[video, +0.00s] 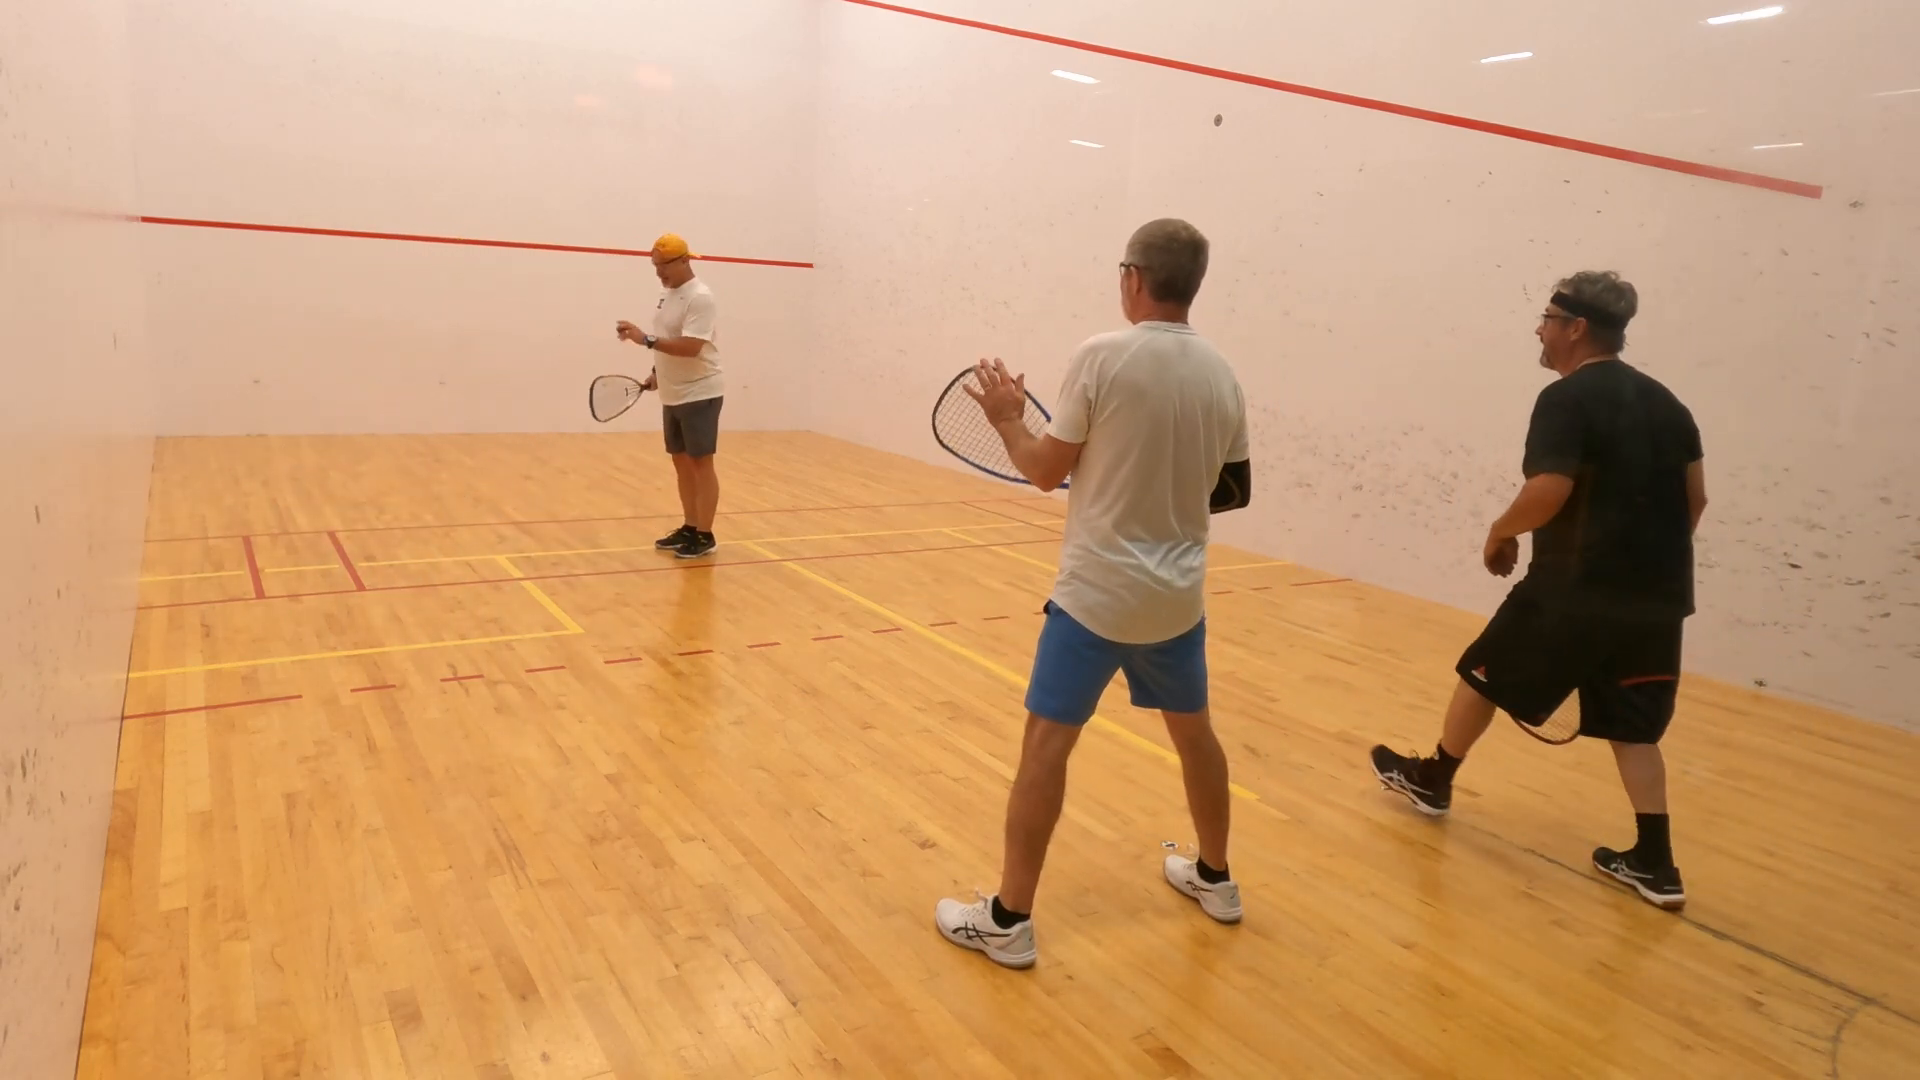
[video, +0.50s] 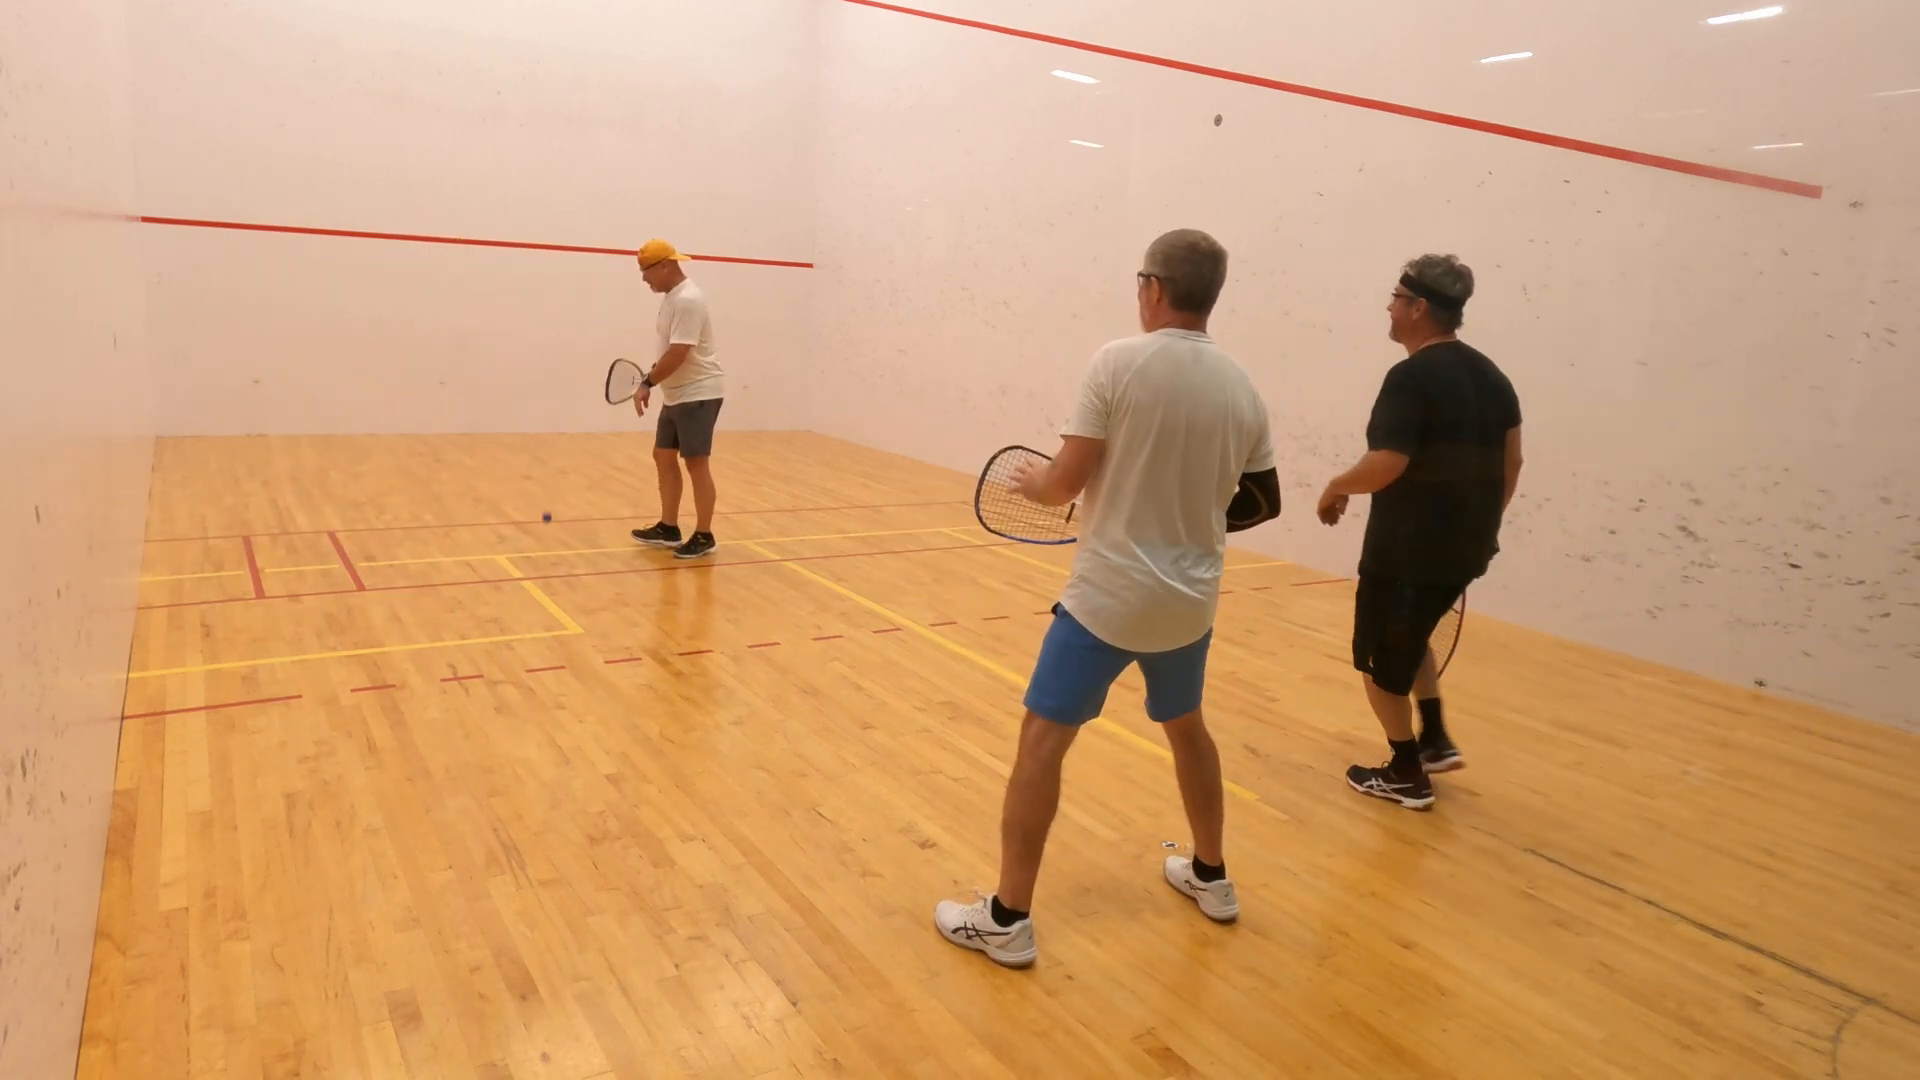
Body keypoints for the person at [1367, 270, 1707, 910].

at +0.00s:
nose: (1539, 330)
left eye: (1549, 320)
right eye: (1544, 318)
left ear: (1579, 331)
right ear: (1608, 334)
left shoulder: (1565, 398)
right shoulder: (1666, 404)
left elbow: (1549, 487)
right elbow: (1693, 499)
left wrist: (1503, 531)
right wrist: (1655, 562)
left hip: (1568, 595)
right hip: (1652, 604)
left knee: (1485, 669)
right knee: (1632, 722)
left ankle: (1435, 775)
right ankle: (1655, 861)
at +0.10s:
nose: (1509, 328)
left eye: (1518, 319)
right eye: (1514, 316)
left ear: (1546, 331)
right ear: (1570, 336)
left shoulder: (1534, 399)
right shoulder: (1630, 402)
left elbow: (1523, 489)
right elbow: (1654, 495)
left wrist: (1475, 530)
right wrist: (1610, 546)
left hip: (1539, 588)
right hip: (1618, 595)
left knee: (1459, 665)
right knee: (1618, 714)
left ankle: (1419, 773)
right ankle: (1653, 857)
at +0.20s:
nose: (1474, 323)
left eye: (1484, 315)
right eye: (1480, 312)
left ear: (1510, 328)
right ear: (1536, 331)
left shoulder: (1498, 398)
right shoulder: (1587, 397)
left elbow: (1488, 488)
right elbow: (1613, 486)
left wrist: (1440, 529)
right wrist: (1574, 543)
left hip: (1502, 576)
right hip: (1576, 584)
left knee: (1429, 656)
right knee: (1588, 701)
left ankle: (1410, 771)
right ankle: (1645, 838)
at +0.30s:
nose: (1441, 315)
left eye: (1450, 307)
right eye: (1446, 305)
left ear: (1475, 321)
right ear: (1499, 324)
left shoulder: (1464, 390)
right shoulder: (1551, 388)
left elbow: (1452, 478)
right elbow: (1573, 474)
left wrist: (1405, 515)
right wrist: (1547, 534)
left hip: (1462, 566)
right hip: (1534, 570)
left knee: (1410, 661)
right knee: (1523, 676)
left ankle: (1407, 773)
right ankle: (1604, 792)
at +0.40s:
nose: (1414, 311)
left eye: (1423, 303)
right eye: (1418, 300)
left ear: (1448, 314)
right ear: (1473, 317)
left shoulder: (1436, 382)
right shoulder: (1521, 383)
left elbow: (1417, 468)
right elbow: (1539, 470)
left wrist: (1370, 499)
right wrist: (1506, 523)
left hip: (1433, 556)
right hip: (1498, 559)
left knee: (1393, 657)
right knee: (1460, 652)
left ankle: (1406, 772)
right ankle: (1530, 753)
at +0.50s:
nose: (1390, 305)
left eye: (1398, 298)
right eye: (1394, 296)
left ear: (1420, 309)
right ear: (1446, 312)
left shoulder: (1409, 377)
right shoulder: (1492, 378)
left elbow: (1386, 464)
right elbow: (1510, 463)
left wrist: (1338, 486)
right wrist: (1484, 526)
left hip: (1406, 549)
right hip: (1465, 547)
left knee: (1382, 659)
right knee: (1410, 633)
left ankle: (1405, 772)